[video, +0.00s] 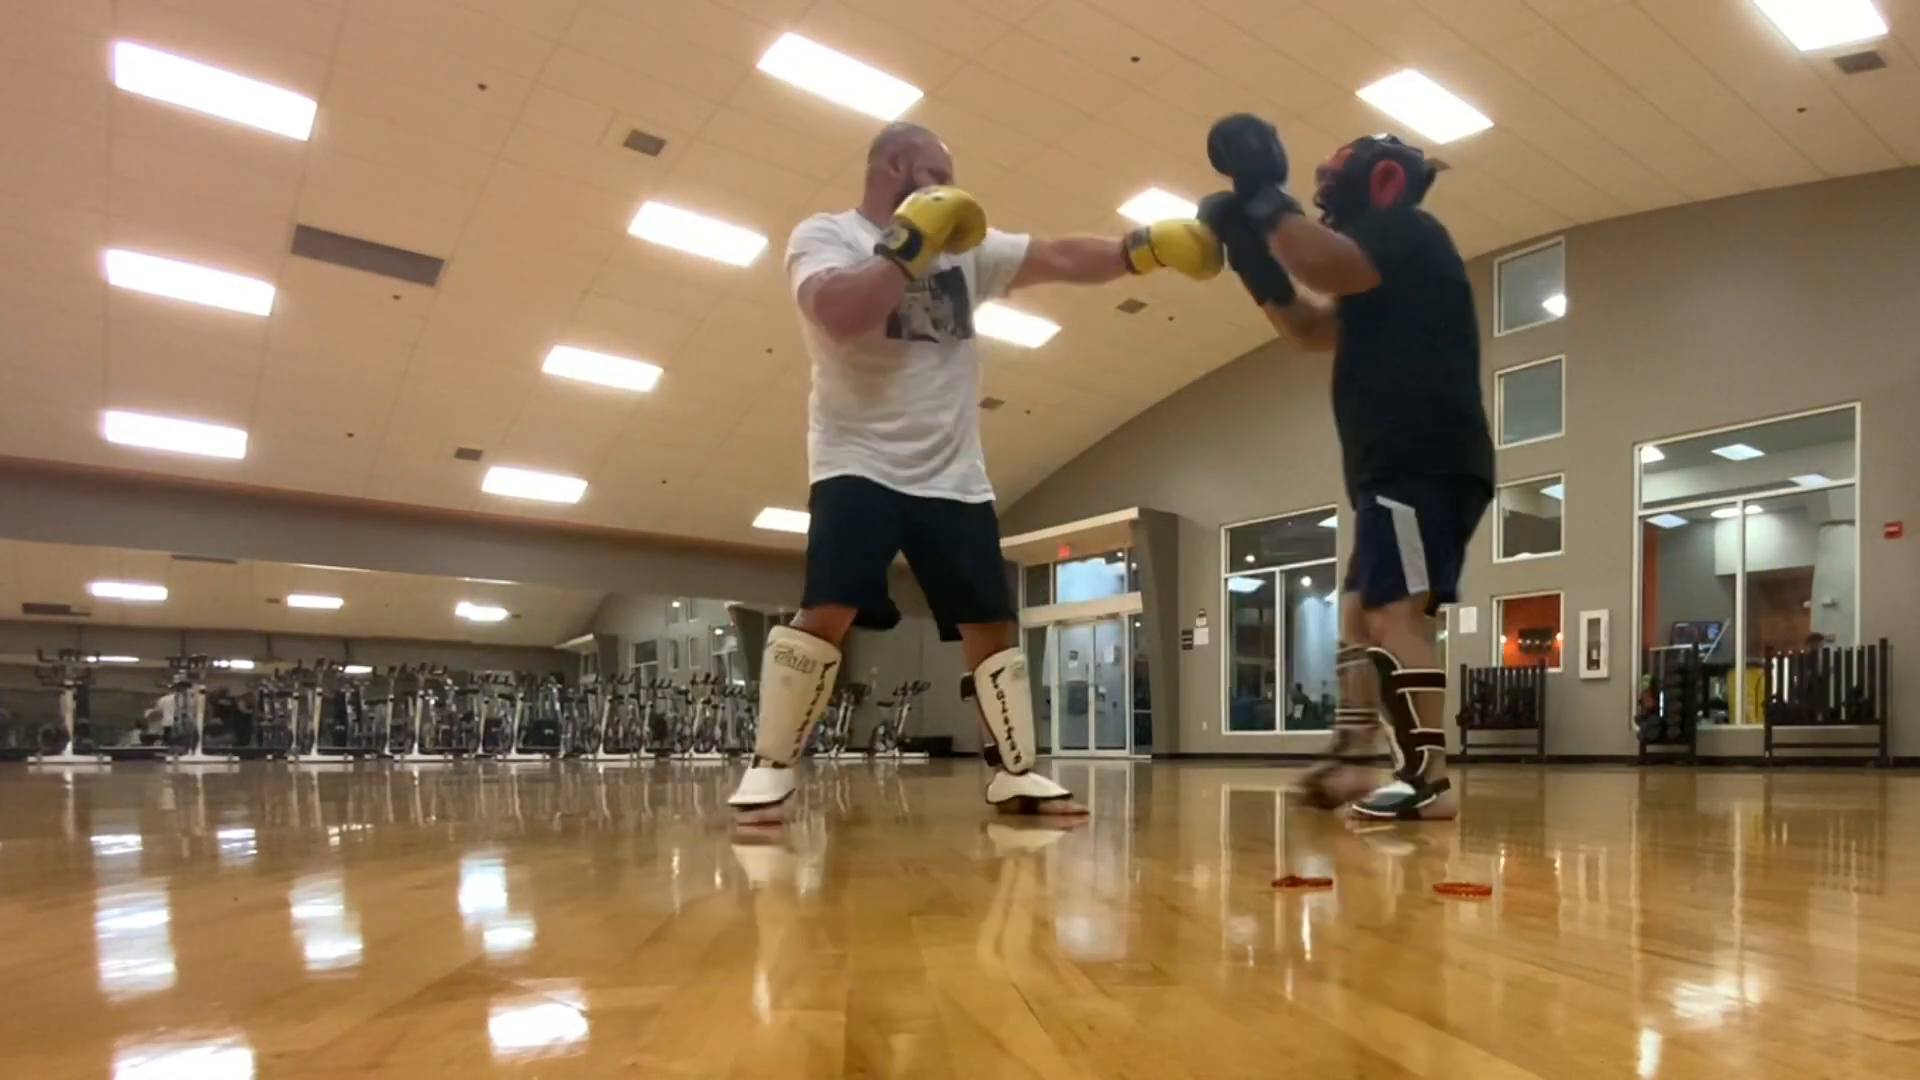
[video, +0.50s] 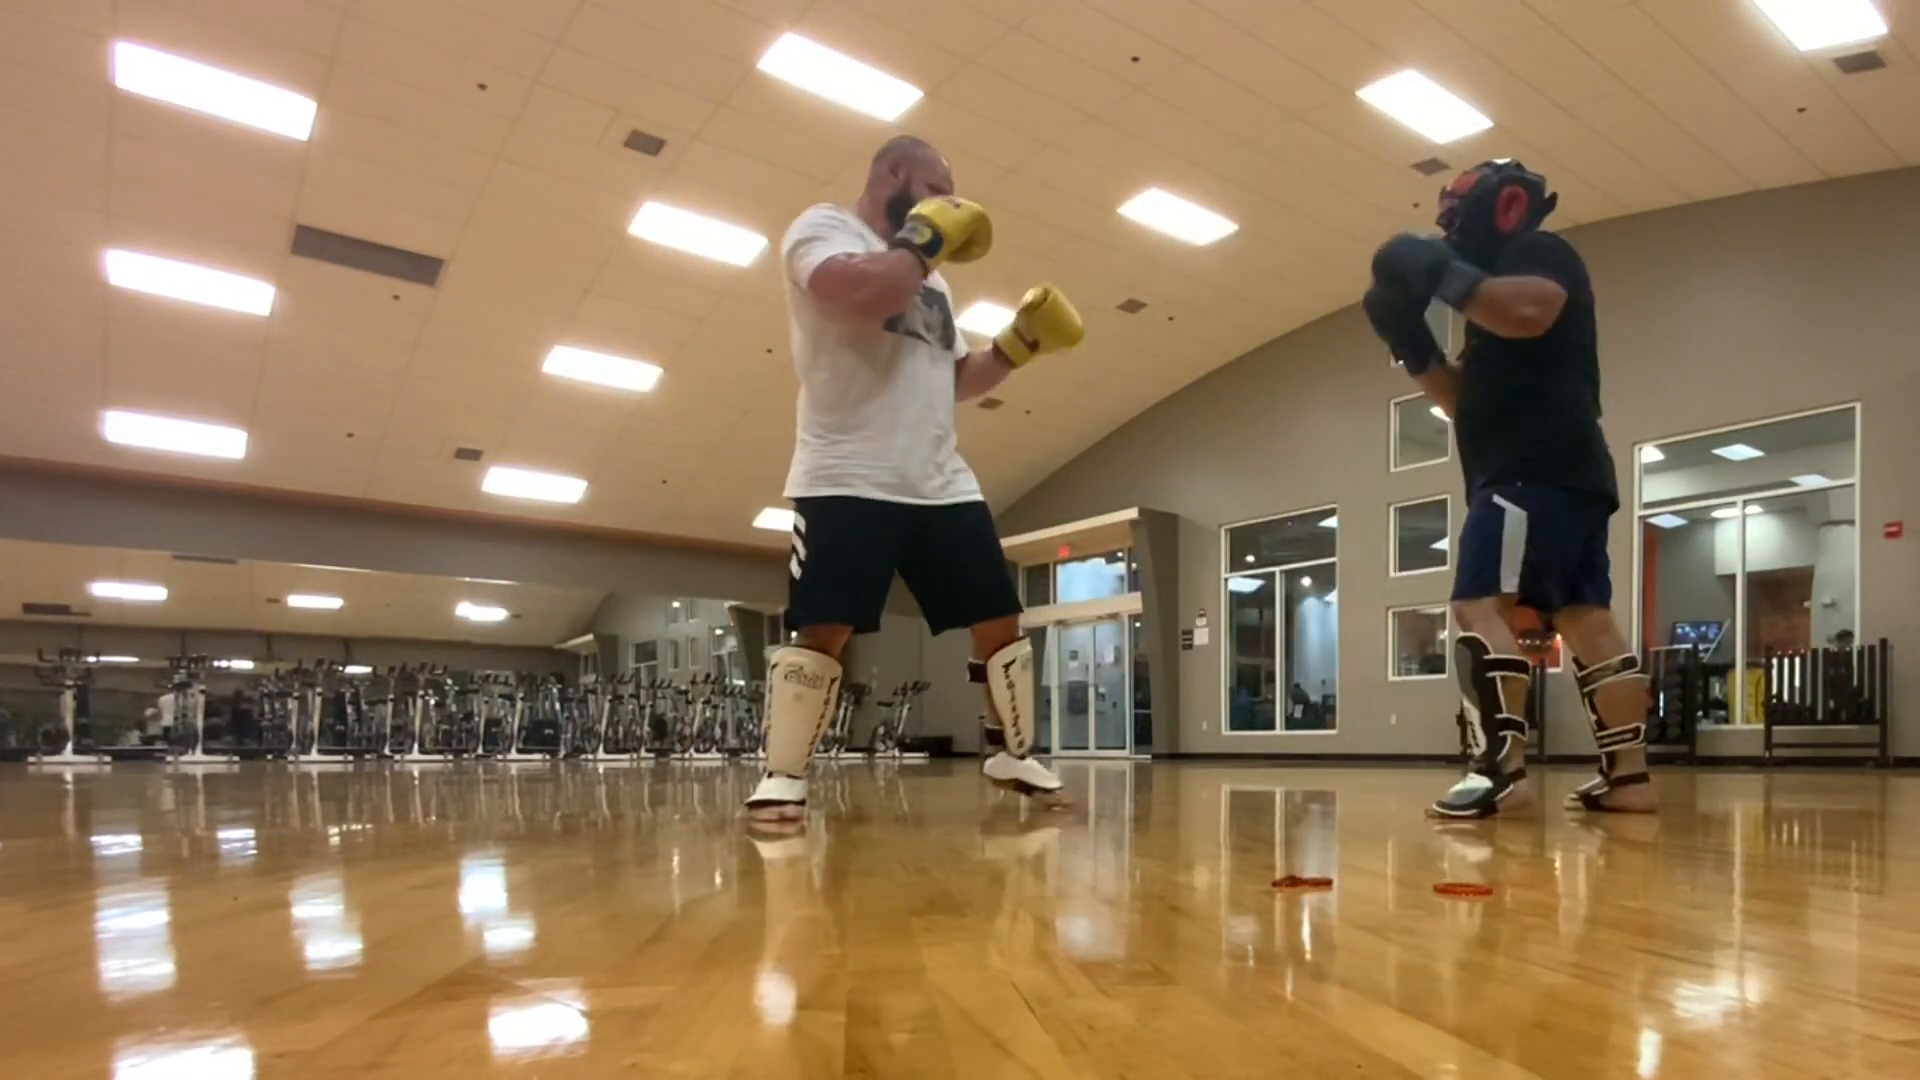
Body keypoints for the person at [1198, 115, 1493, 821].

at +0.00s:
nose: (1324, 202)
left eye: (1333, 188)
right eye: (1323, 191)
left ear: (1376, 180)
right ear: (1382, 186)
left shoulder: (1409, 231)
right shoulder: (1379, 276)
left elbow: (1327, 263)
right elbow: (1309, 331)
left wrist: (1265, 197)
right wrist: (1251, 259)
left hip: (1425, 453)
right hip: (1391, 461)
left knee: (1396, 614)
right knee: (1361, 610)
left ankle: (1429, 778)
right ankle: (1356, 757)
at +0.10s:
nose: (1354, 189)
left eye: (1367, 175)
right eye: (1356, 180)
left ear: (1418, 178)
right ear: (1419, 183)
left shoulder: (1451, 232)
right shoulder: (1410, 259)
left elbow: (1397, 276)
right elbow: (1349, 331)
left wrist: (1315, 213)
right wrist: (1288, 289)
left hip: (1446, 455)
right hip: (1432, 457)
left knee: (1415, 609)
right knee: (1422, 609)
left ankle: (1427, 777)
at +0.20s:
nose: (1387, 193)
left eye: (1401, 177)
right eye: (1389, 182)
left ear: (1452, 184)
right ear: (1454, 189)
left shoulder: (1480, 235)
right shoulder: (1433, 284)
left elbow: (1465, 285)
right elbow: (1414, 392)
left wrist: (1372, 233)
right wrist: (1348, 350)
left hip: (1456, 462)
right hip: (1501, 464)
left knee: (1424, 612)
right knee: (1497, 617)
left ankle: (1430, 779)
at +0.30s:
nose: (1413, 203)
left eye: (1428, 186)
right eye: (1414, 192)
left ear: (1479, 200)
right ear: (1473, 207)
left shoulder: (1509, 250)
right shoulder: (1465, 293)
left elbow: (1522, 309)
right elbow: (1450, 416)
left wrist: (1417, 278)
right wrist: (1381, 381)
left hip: (1491, 477)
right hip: (1529, 477)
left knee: (1437, 613)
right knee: (1561, 625)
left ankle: (1431, 778)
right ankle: (1625, 776)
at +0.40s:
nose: (1430, 216)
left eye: (1444, 202)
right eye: (1431, 206)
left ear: (1492, 208)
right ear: (1486, 215)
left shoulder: (1532, 257)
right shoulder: (1486, 297)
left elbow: (1539, 320)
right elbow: (1469, 417)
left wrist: (1439, 309)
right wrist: (1401, 377)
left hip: (1516, 479)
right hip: (1551, 480)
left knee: (1468, 611)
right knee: (1582, 620)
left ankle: (1453, 774)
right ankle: (1629, 780)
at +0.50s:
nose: (1443, 216)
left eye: (1456, 201)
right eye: (1444, 206)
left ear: (1506, 203)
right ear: (1505, 209)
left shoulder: (1540, 249)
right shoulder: (1493, 294)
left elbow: (1531, 311)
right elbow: (1465, 402)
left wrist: (1438, 273)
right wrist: (1411, 341)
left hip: (1530, 464)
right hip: (1567, 469)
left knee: (1476, 604)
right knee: (1585, 615)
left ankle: (1500, 764)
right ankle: (1629, 778)